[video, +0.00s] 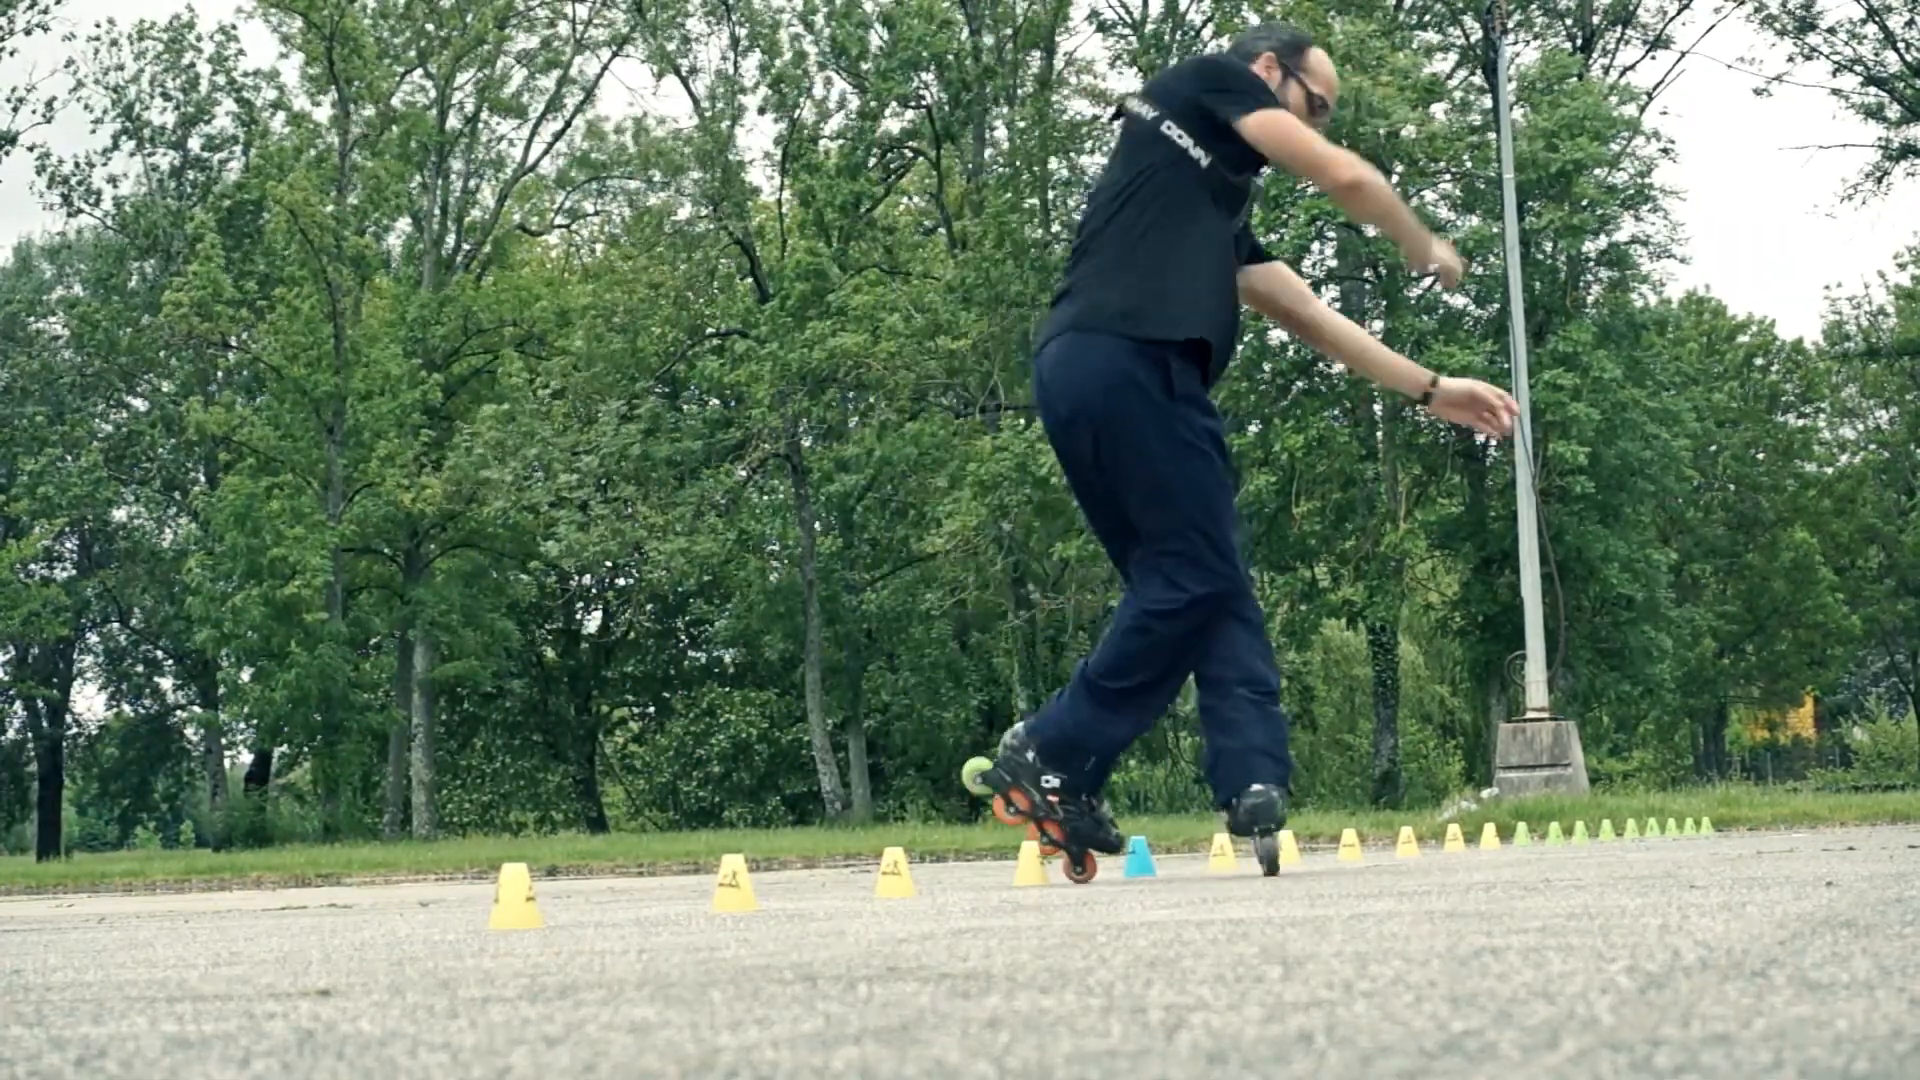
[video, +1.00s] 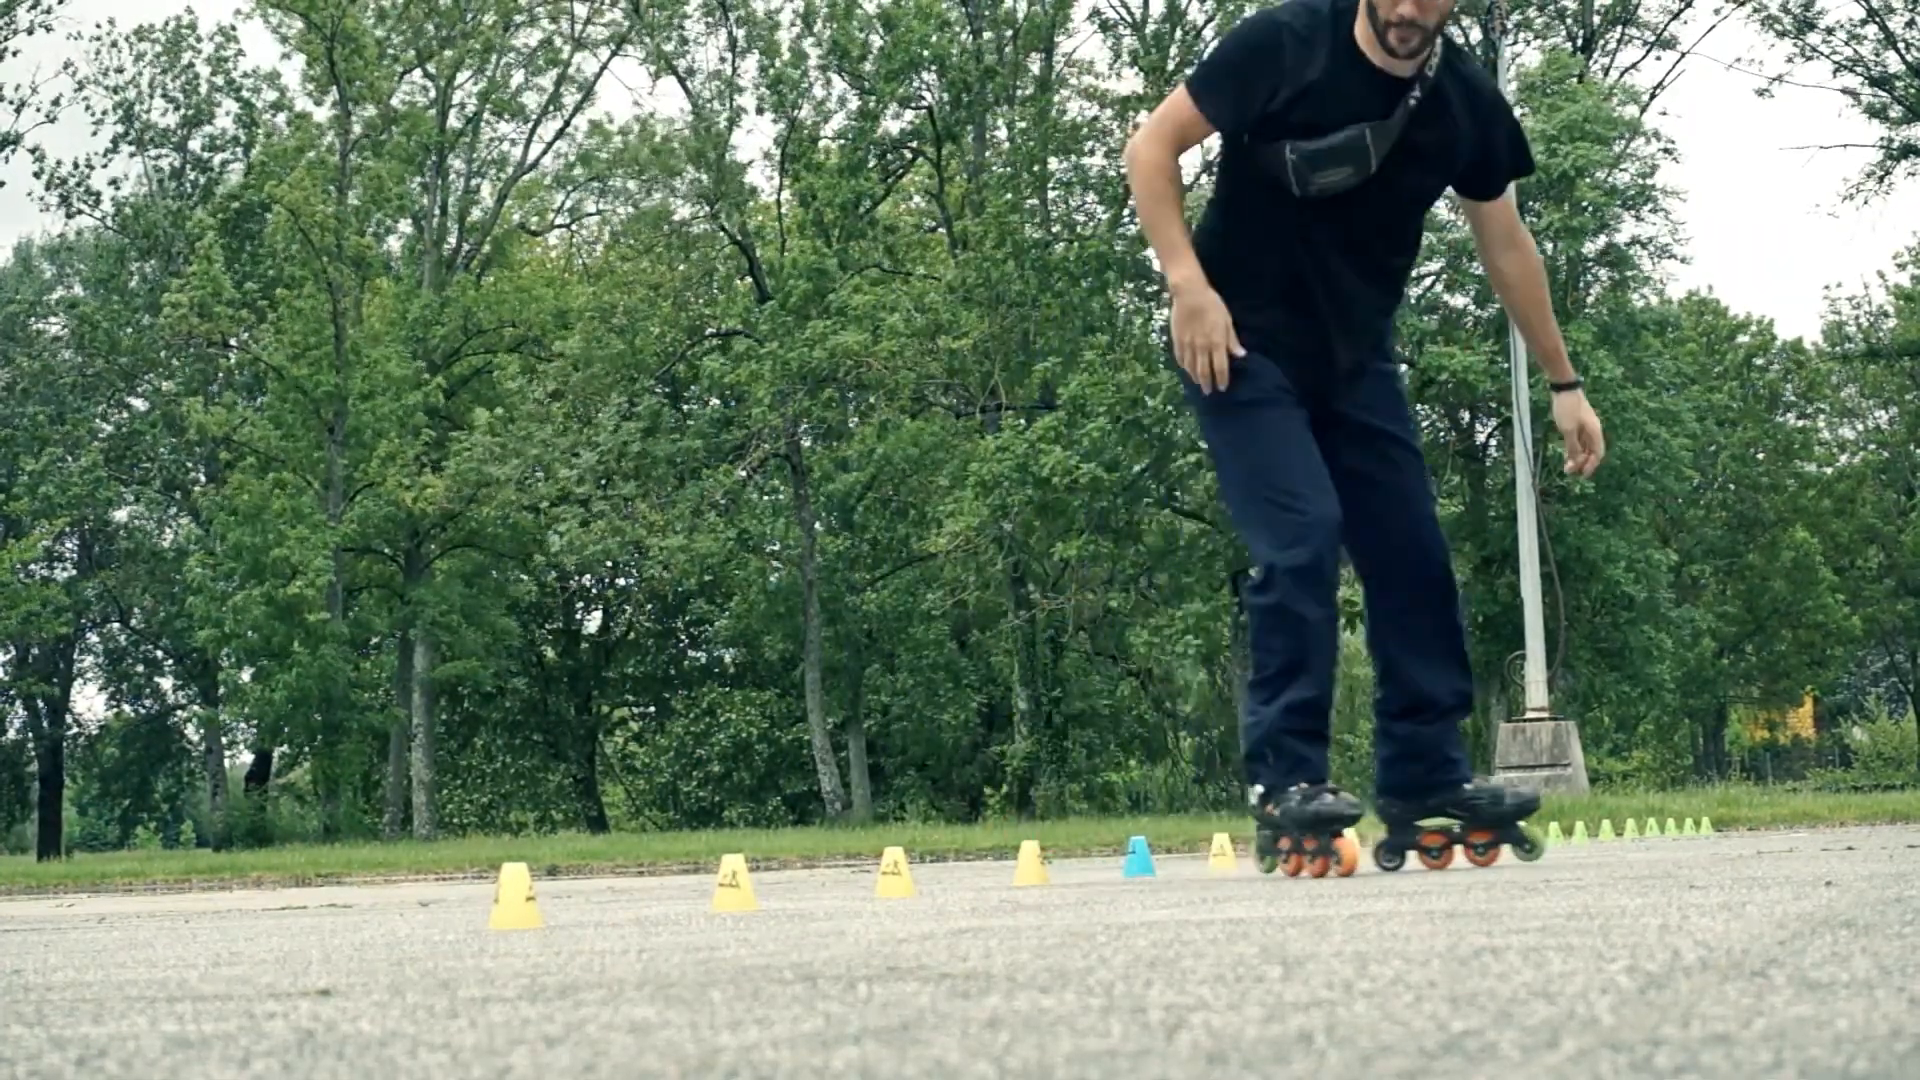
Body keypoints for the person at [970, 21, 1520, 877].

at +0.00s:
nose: (1318, 123)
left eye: (1325, 111)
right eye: (1315, 101)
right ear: (1268, 67)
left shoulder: (1215, 211)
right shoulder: (1210, 77)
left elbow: (1308, 314)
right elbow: (1343, 173)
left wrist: (1430, 386)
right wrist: (1420, 245)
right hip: (1120, 354)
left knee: (1215, 584)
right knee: (1189, 576)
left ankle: (1252, 786)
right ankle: (1052, 756)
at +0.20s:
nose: (1403, 186)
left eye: (1417, 177)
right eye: (1405, 159)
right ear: (1360, 118)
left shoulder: (1295, 243)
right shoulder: (1278, 108)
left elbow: (1354, 375)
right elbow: (1229, 175)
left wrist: (1451, 487)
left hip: (1167, 390)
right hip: (1110, 357)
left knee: (1234, 585)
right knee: (1182, 570)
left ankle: (1238, 792)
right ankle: (1050, 759)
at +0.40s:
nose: (1452, 195)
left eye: (1468, 188)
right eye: (1455, 167)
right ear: (1411, 119)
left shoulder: (1349, 245)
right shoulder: (1316, 106)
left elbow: (1362, 396)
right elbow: (1201, 64)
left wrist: (1416, 536)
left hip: (1190, 394)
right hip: (1113, 346)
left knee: (1242, 569)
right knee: (1140, 562)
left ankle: (1233, 791)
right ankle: (1021, 760)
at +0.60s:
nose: (1453, 127)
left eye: (1472, 118)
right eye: (1449, 100)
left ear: (1478, 113)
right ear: (1409, 58)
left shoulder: (1389, 197)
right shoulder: (1301, 67)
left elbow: (1402, 351)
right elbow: (1187, 32)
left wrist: (1464, 483)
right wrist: (1130, 18)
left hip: (1229, 367)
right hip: (1131, 335)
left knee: (1288, 558)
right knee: (1166, 556)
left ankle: (1242, 781)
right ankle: (1078, 765)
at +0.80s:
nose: (1430, 50)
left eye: (1454, 35)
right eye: (1417, 24)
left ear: (1473, 30)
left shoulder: (1430, 134)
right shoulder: (1290, 37)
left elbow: (1464, 289)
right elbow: (1145, 96)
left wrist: (1531, 426)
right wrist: (1209, 196)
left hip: (1291, 354)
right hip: (1176, 328)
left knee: (1339, 551)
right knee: (1220, 531)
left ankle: (1303, 779)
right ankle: (1173, 773)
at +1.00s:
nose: (1410, 14)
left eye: (1431, 1)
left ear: (1454, 4)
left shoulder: (1466, 101)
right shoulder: (1284, 43)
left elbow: (1506, 243)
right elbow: (1150, 147)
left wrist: (1564, 383)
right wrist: (1187, 286)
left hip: (1357, 358)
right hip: (1239, 341)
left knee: (1413, 555)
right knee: (1301, 534)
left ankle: (1423, 779)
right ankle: (1287, 779)